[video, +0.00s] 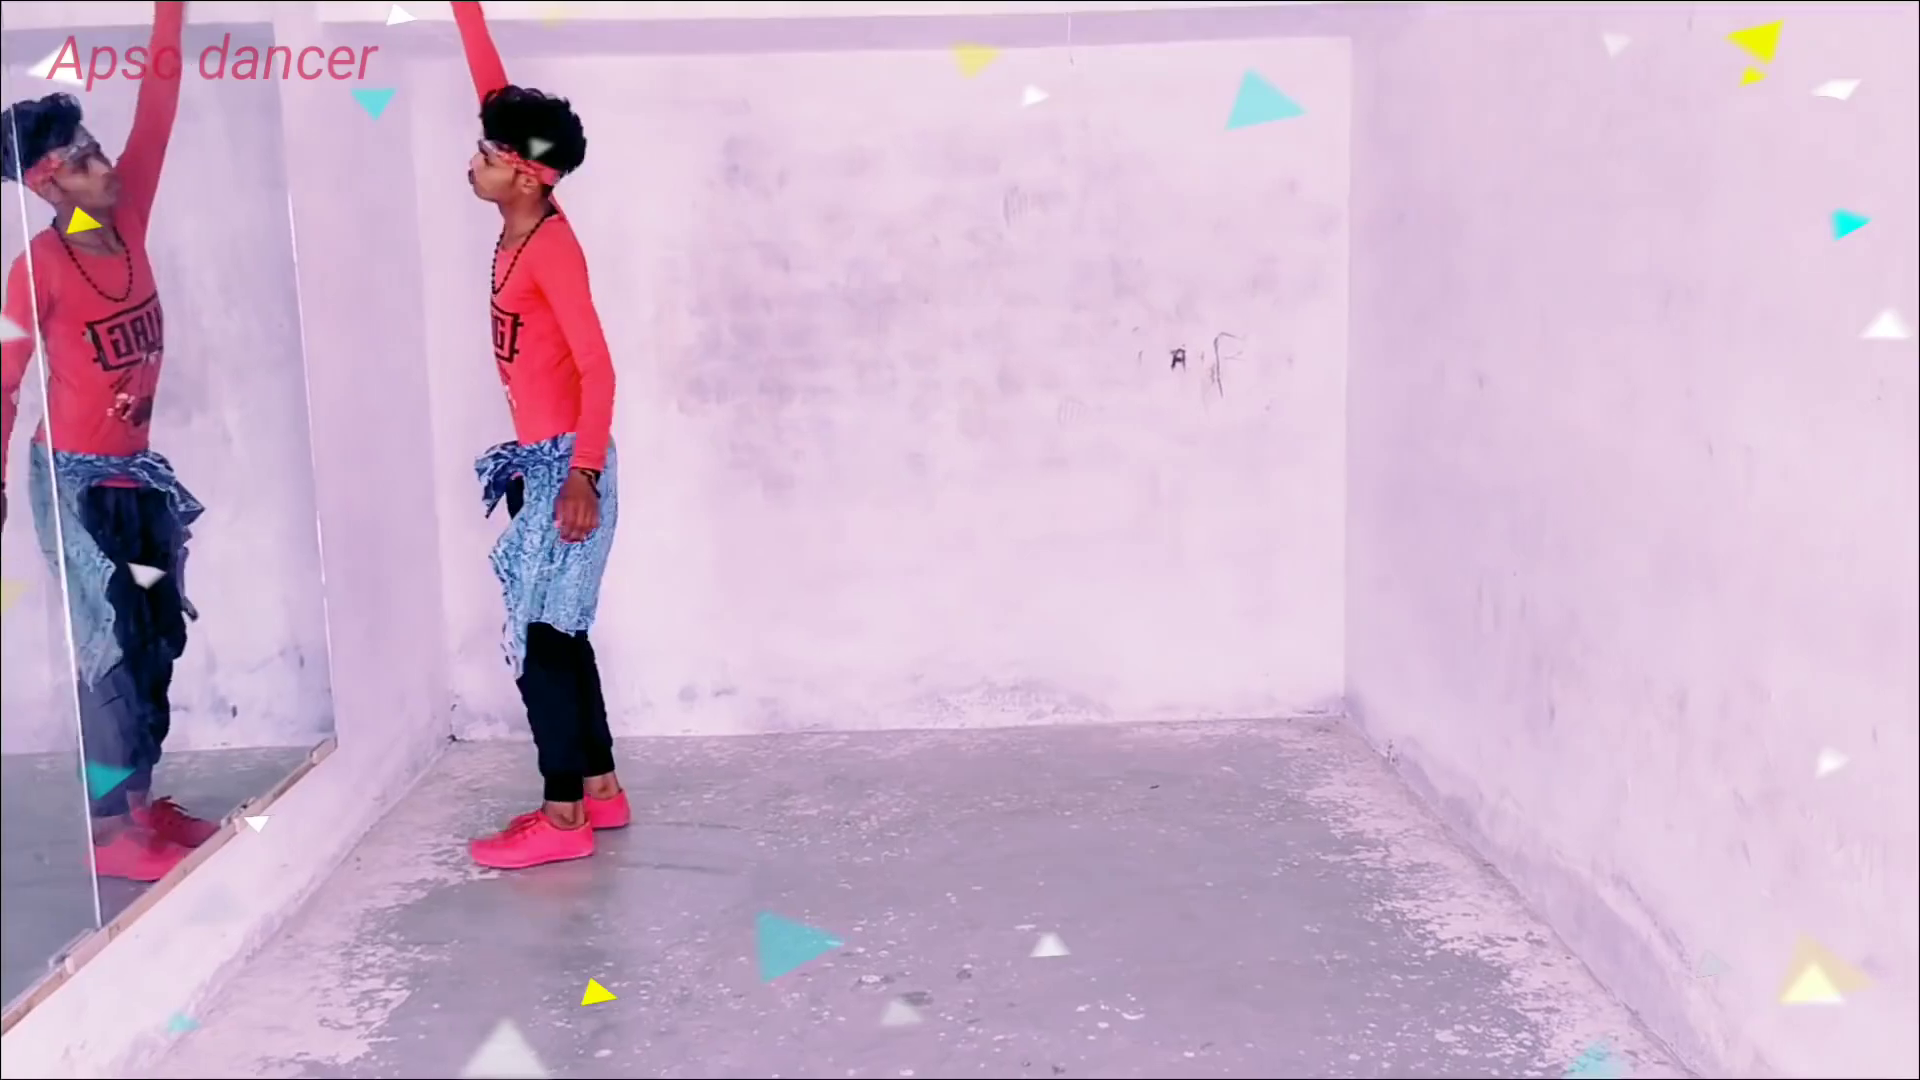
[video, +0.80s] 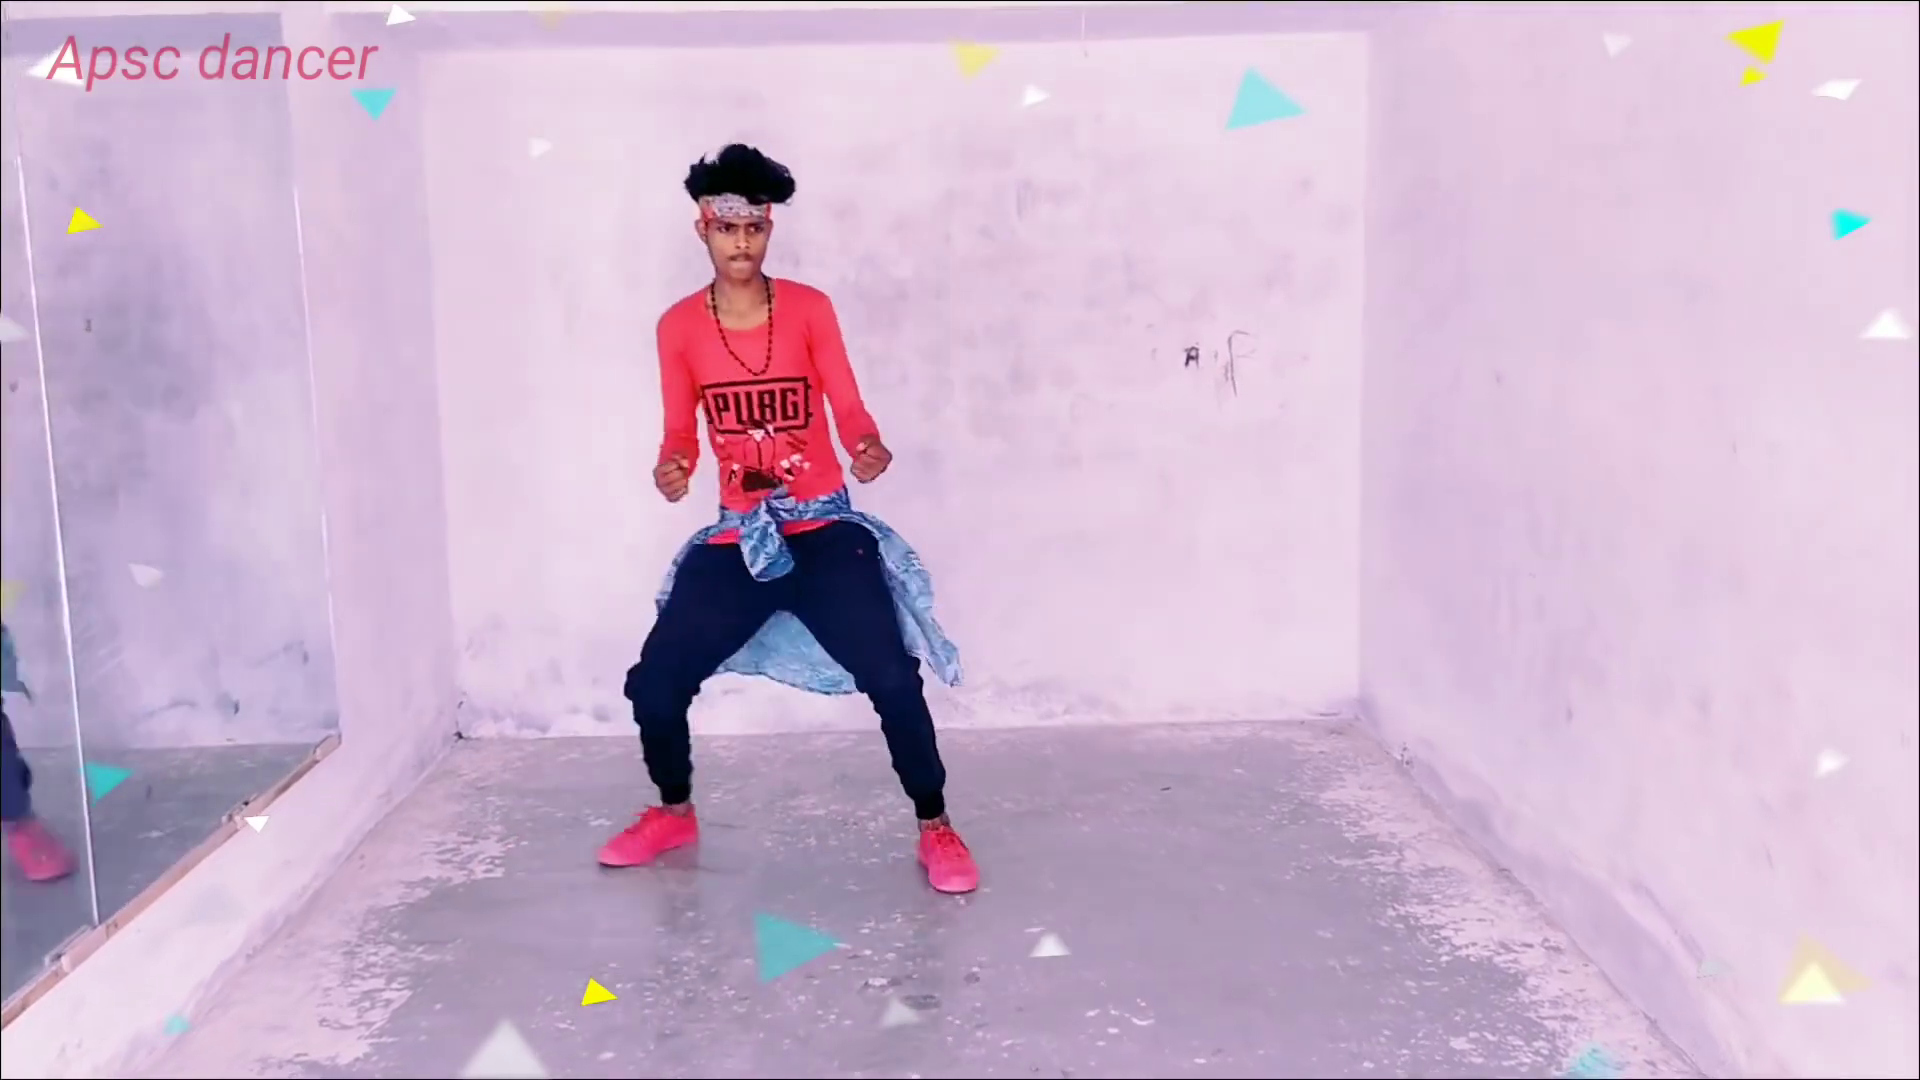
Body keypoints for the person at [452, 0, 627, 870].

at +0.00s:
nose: (474, 162)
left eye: (487, 154)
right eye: (480, 148)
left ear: (526, 173)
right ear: (522, 168)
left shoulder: (552, 251)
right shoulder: (522, 218)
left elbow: (597, 369)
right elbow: (493, 91)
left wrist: (583, 476)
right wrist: (463, 8)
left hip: (561, 468)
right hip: (547, 459)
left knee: (537, 637)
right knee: (556, 630)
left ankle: (563, 818)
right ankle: (598, 787)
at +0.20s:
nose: (529, 174)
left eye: (548, 159)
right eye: (522, 157)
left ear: (584, 167)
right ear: (514, 163)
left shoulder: (602, 251)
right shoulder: (534, 221)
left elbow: (643, 363)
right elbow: (488, 120)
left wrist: (664, 474)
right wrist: (447, 22)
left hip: (609, 465)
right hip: (563, 463)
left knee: (607, 631)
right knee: (566, 629)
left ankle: (676, 797)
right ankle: (606, 787)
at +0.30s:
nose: (552, 173)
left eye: (566, 158)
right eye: (545, 157)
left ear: (602, 161)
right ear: (539, 163)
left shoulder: (630, 248)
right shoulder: (543, 225)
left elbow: (669, 360)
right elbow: (480, 167)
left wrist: (690, 463)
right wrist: (433, 70)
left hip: (638, 459)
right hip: (577, 462)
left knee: (661, 622)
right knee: (575, 627)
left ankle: (740, 786)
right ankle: (608, 786)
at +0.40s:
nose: (588, 177)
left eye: (603, 162)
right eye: (576, 161)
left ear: (632, 166)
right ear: (563, 164)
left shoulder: (658, 249)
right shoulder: (561, 236)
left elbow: (696, 357)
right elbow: (499, 250)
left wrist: (718, 460)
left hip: (667, 466)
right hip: (599, 471)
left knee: (715, 623)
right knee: (578, 632)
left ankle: (802, 780)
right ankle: (607, 786)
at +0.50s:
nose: (627, 190)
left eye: (641, 175)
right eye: (613, 174)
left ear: (663, 180)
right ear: (595, 180)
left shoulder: (693, 262)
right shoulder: (587, 259)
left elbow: (737, 364)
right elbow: (550, 324)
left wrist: (760, 470)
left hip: (702, 486)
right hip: (626, 491)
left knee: (771, 631)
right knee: (572, 637)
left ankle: (858, 782)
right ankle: (607, 788)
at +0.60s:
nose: (666, 206)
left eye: (681, 190)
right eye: (651, 190)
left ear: (702, 194)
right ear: (632, 196)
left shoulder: (737, 279)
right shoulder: (618, 284)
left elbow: (785, 377)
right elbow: (611, 375)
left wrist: (823, 470)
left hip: (738, 507)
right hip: (658, 510)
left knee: (810, 649)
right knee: (581, 651)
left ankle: (894, 808)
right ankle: (608, 789)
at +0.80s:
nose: (743, 243)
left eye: (755, 226)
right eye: (727, 226)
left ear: (772, 231)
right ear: (702, 231)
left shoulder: (809, 310)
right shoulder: (679, 328)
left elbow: (851, 417)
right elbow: (679, 441)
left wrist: (869, 451)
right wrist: (671, 472)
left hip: (825, 535)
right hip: (737, 542)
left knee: (892, 678)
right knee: (654, 687)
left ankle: (937, 828)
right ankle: (674, 813)